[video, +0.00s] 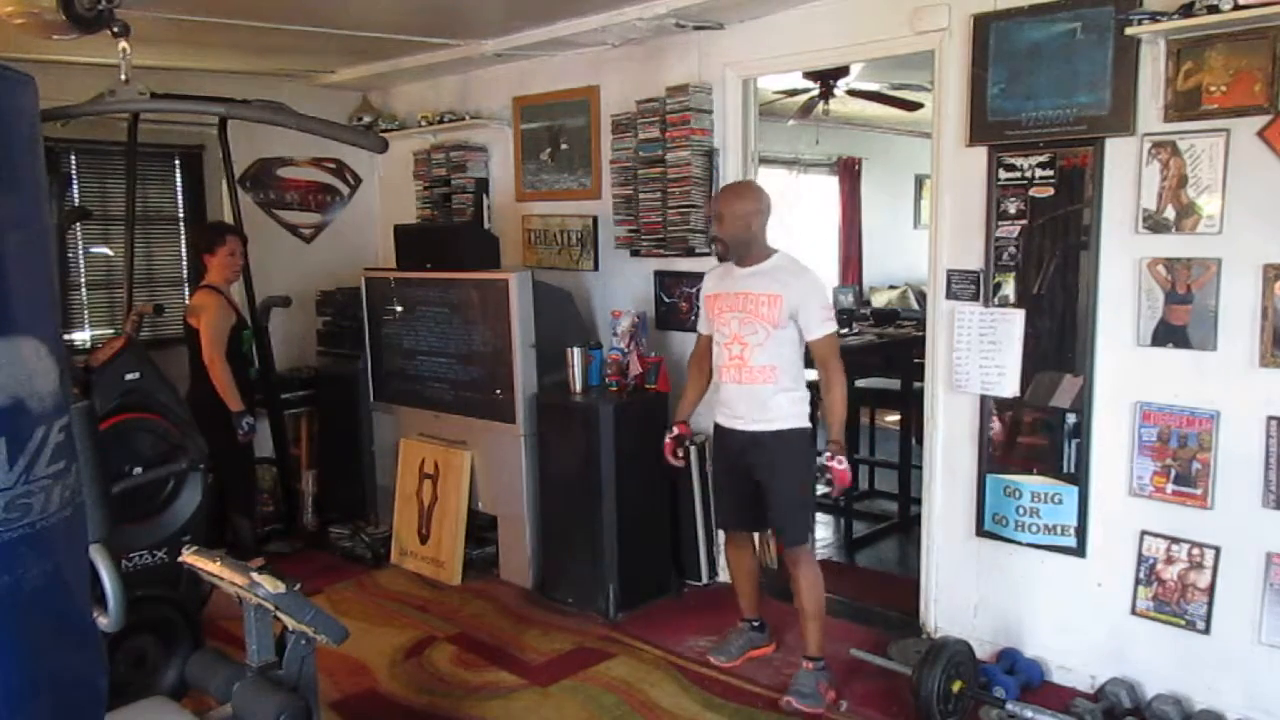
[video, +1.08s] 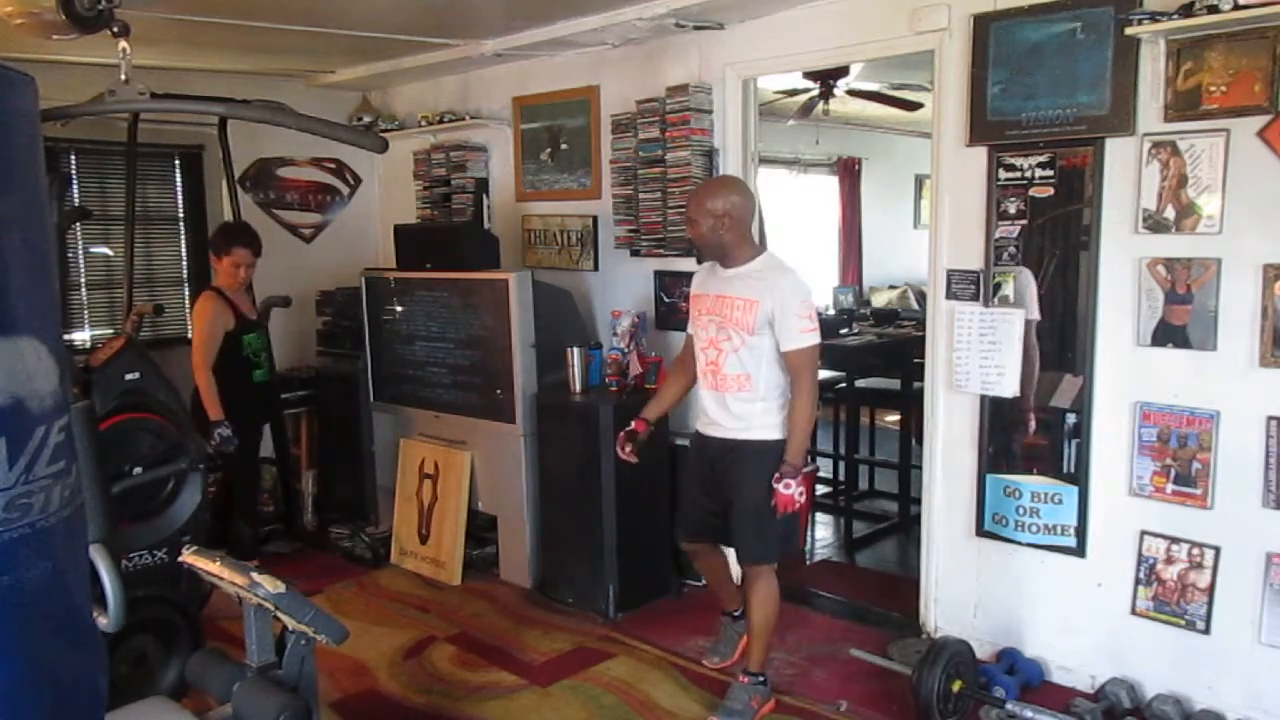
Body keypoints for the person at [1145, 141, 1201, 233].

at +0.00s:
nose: (1157, 158)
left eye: (1159, 153)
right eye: (1155, 156)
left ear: (1168, 150)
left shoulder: (1175, 161)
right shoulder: (1163, 167)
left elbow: (1170, 187)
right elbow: (1161, 188)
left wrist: (1160, 213)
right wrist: (1157, 212)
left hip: (1191, 210)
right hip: (1180, 212)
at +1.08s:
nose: (1157, 158)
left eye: (1159, 153)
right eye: (1155, 155)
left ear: (1168, 150)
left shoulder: (1175, 161)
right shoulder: (1164, 166)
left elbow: (1170, 187)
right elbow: (1161, 188)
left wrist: (1160, 213)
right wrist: (1157, 212)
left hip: (1190, 210)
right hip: (1180, 212)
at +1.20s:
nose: (1157, 158)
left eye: (1159, 153)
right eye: (1155, 156)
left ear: (1168, 150)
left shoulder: (1175, 161)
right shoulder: (1164, 166)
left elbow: (1170, 187)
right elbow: (1161, 188)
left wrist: (1160, 213)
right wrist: (1157, 212)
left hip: (1190, 211)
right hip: (1180, 212)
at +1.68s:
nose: (1157, 158)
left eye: (1159, 153)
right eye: (1155, 156)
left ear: (1168, 150)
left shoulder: (1175, 161)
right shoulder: (1164, 166)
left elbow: (1170, 187)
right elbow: (1161, 188)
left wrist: (1160, 213)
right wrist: (1157, 212)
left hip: (1190, 210)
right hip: (1180, 212)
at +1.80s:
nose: (1157, 158)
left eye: (1159, 153)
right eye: (1155, 156)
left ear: (1168, 150)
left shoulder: (1174, 161)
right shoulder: (1164, 165)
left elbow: (1171, 187)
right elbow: (1161, 187)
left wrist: (1160, 212)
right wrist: (1157, 211)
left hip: (1190, 210)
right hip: (1180, 211)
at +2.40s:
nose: (1157, 158)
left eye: (1159, 154)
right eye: (1155, 156)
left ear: (1168, 150)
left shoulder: (1175, 161)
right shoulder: (1164, 166)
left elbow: (1170, 187)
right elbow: (1161, 188)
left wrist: (1160, 212)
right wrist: (1157, 211)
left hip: (1190, 210)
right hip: (1180, 211)